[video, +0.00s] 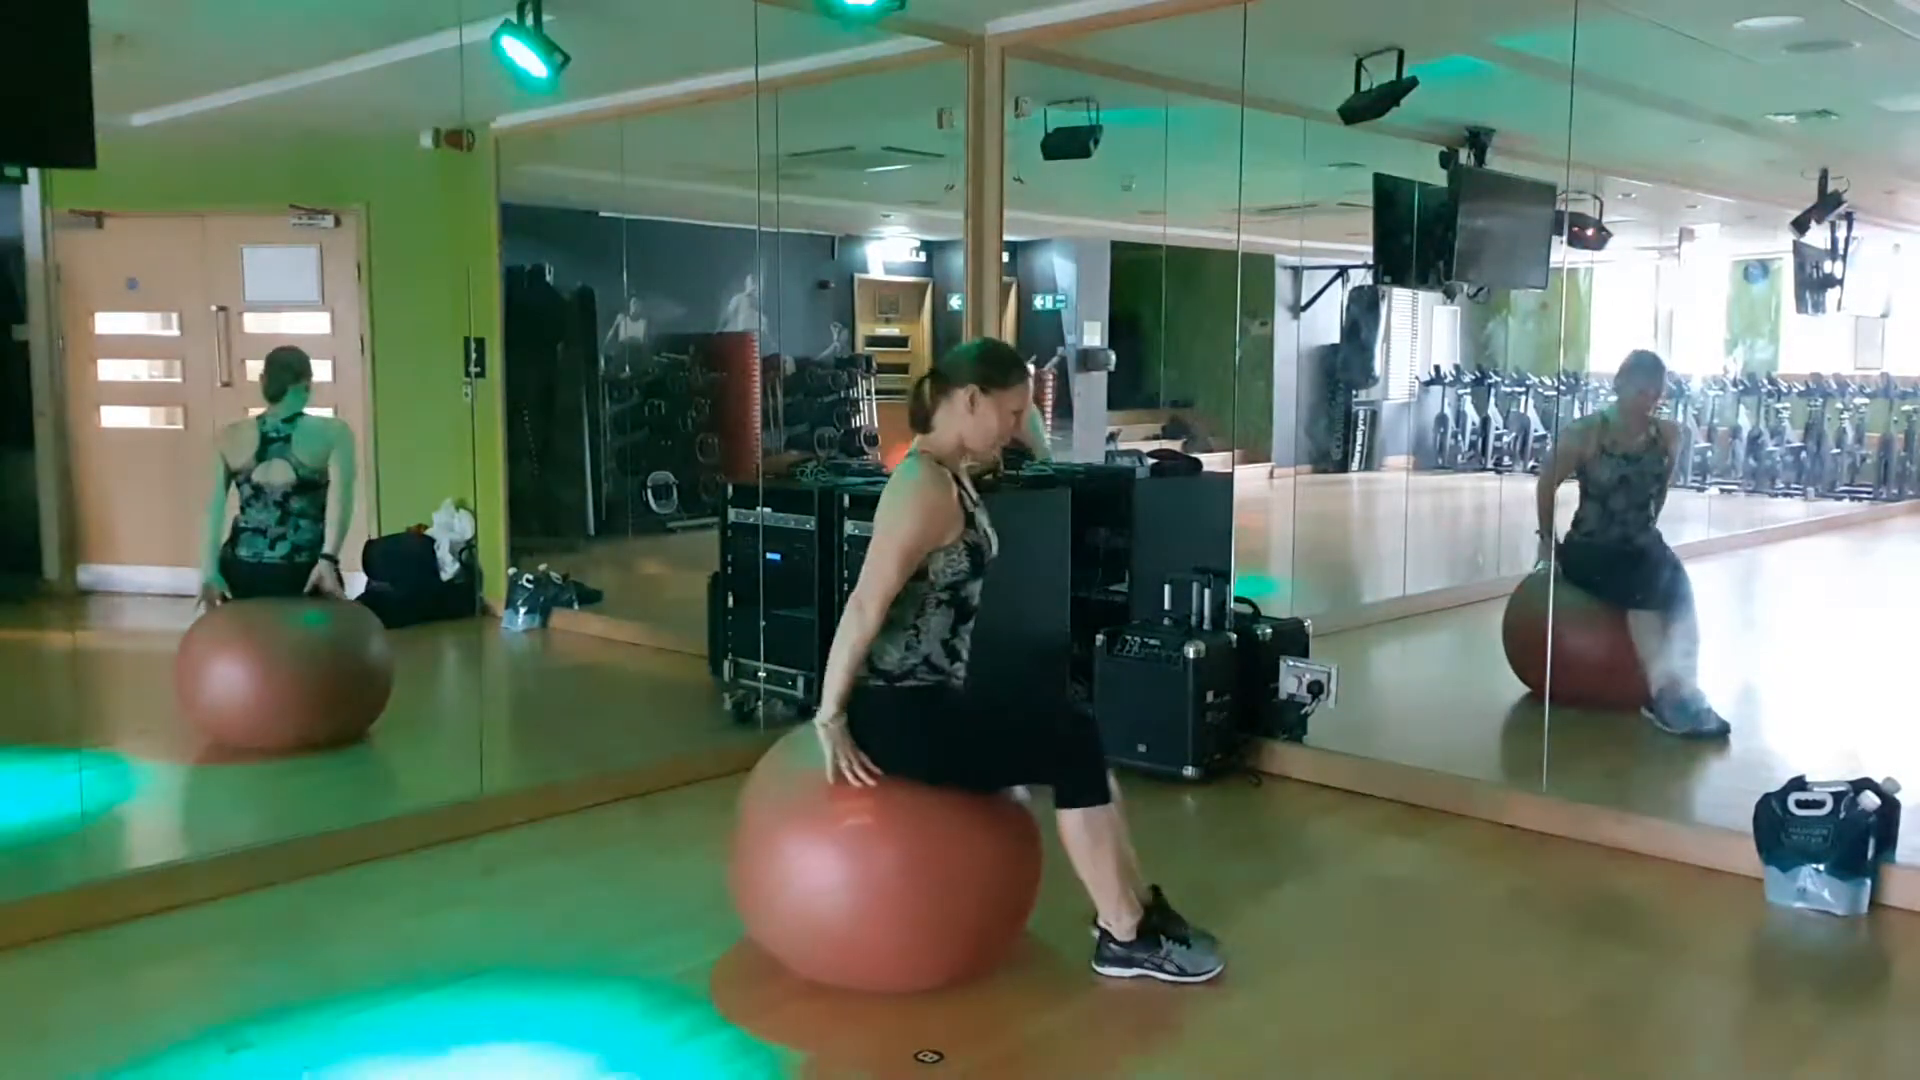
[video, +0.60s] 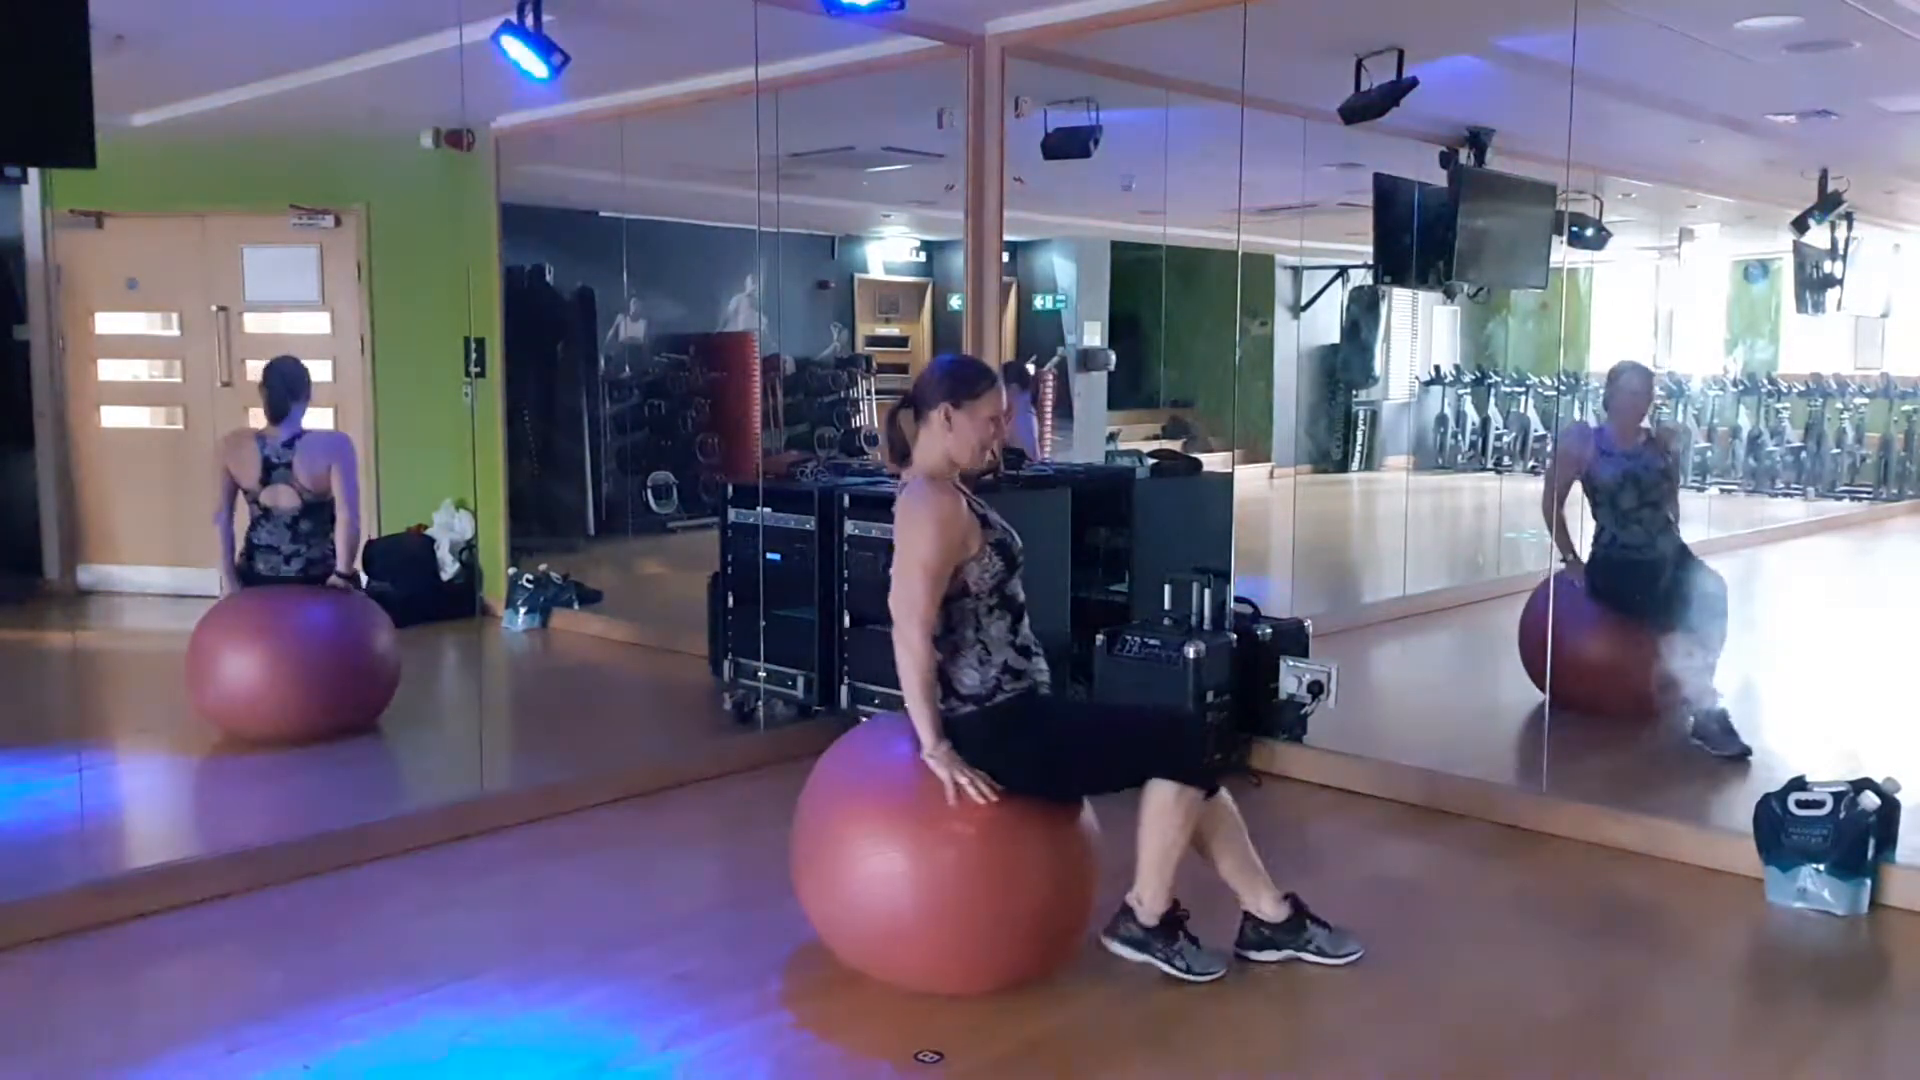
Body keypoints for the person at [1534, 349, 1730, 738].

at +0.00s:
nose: (1651, 401)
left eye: (1657, 393)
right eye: (1643, 391)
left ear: (1663, 394)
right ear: (1621, 387)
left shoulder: (1668, 435)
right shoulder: (1584, 435)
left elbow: (1659, 492)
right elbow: (1546, 483)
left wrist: (1643, 530)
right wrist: (1547, 542)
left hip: (1642, 544)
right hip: (1589, 545)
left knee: (1677, 584)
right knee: (1645, 582)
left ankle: (1686, 693)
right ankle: (1664, 693)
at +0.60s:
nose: (1638, 403)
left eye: (1645, 395)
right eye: (1629, 394)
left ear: (1652, 400)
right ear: (1609, 396)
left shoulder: (1662, 442)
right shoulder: (1582, 441)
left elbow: (1670, 504)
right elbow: (1552, 504)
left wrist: (1676, 549)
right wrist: (1572, 560)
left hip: (1668, 555)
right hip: (1616, 559)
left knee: (1713, 589)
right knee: (1686, 603)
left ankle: (1700, 699)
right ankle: (1706, 711)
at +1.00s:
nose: (1644, 421)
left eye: (1647, 413)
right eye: (1635, 413)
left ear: (1649, 417)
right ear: (1609, 413)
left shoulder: (1665, 461)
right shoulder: (1581, 466)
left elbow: (1677, 522)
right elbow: (1557, 527)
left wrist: (1686, 559)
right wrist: (1588, 570)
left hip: (1679, 563)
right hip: (1630, 574)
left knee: (1723, 576)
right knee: (1712, 607)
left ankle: (1744, 689)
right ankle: (1715, 717)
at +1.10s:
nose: (1642, 422)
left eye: (1645, 415)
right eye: (1633, 414)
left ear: (1649, 420)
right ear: (1607, 417)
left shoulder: (1665, 463)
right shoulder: (1579, 467)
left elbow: (1679, 524)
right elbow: (1560, 532)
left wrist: (1694, 561)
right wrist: (1591, 573)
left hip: (1682, 562)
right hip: (1632, 573)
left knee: (1722, 580)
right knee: (1700, 599)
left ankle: (1771, 699)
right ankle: (1714, 712)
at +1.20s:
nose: (1639, 426)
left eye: (1642, 419)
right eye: (1629, 418)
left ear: (1646, 424)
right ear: (1604, 422)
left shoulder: (1664, 465)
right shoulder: (1579, 471)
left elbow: (1682, 526)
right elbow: (1560, 535)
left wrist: (1695, 564)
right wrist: (1593, 574)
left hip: (1686, 563)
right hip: (1635, 575)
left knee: (1728, 588)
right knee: (1709, 603)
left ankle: (1791, 703)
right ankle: (1715, 714)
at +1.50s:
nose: (1632, 450)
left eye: (1636, 442)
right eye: (1622, 442)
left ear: (1642, 447)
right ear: (1599, 449)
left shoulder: (1663, 486)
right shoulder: (1578, 492)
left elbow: (1682, 542)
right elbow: (1561, 553)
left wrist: (1702, 577)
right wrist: (1599, 580)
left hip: (1690, 570)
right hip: (1644, 580)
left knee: (1755, 623)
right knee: (1727, 616)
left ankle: (1811, 731)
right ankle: (1716, 713)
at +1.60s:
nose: (1630, 458)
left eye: (1634, 450)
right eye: (1621, 450)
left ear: (1640, 456)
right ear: (1597, 457)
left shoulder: (1661, 494)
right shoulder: (1578, 500)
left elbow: (1684, 545)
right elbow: (1562, 560)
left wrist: (1711, 574)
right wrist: (1601, 582)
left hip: (1692, 573)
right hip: (1644, 582)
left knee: (1756, 629)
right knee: (1724, 614)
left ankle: (1814, 742)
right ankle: (1717, 714)